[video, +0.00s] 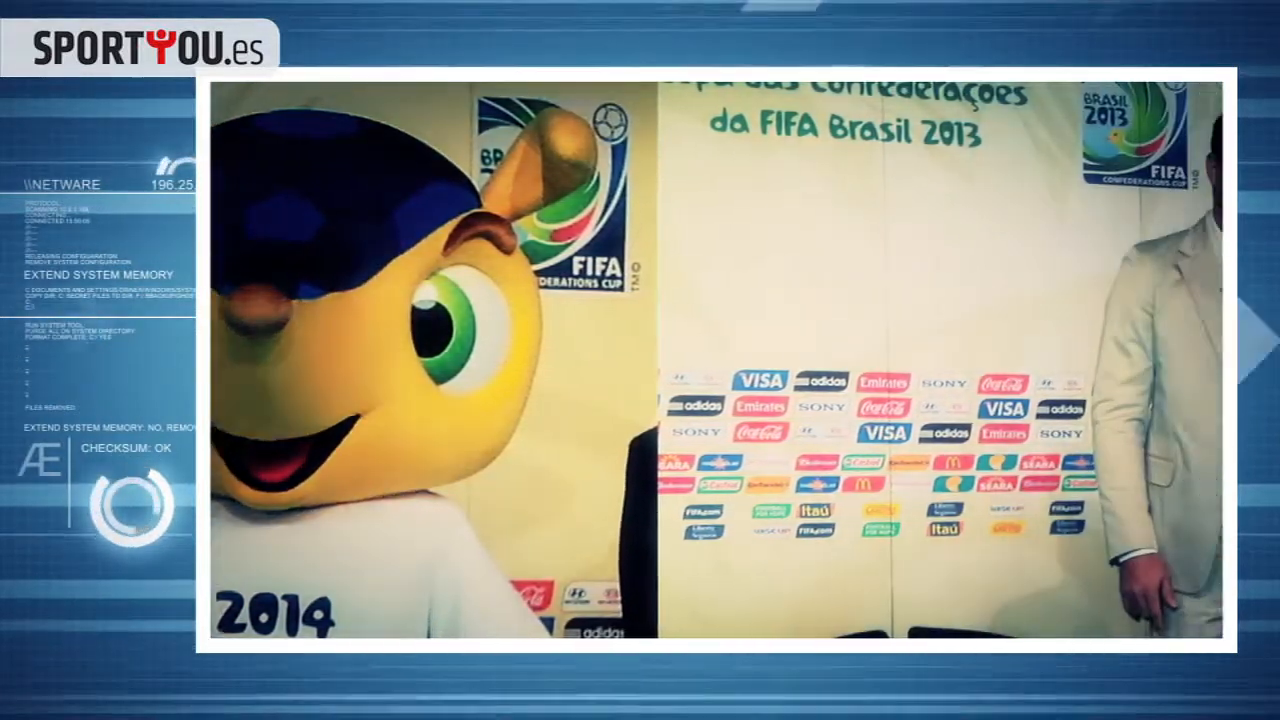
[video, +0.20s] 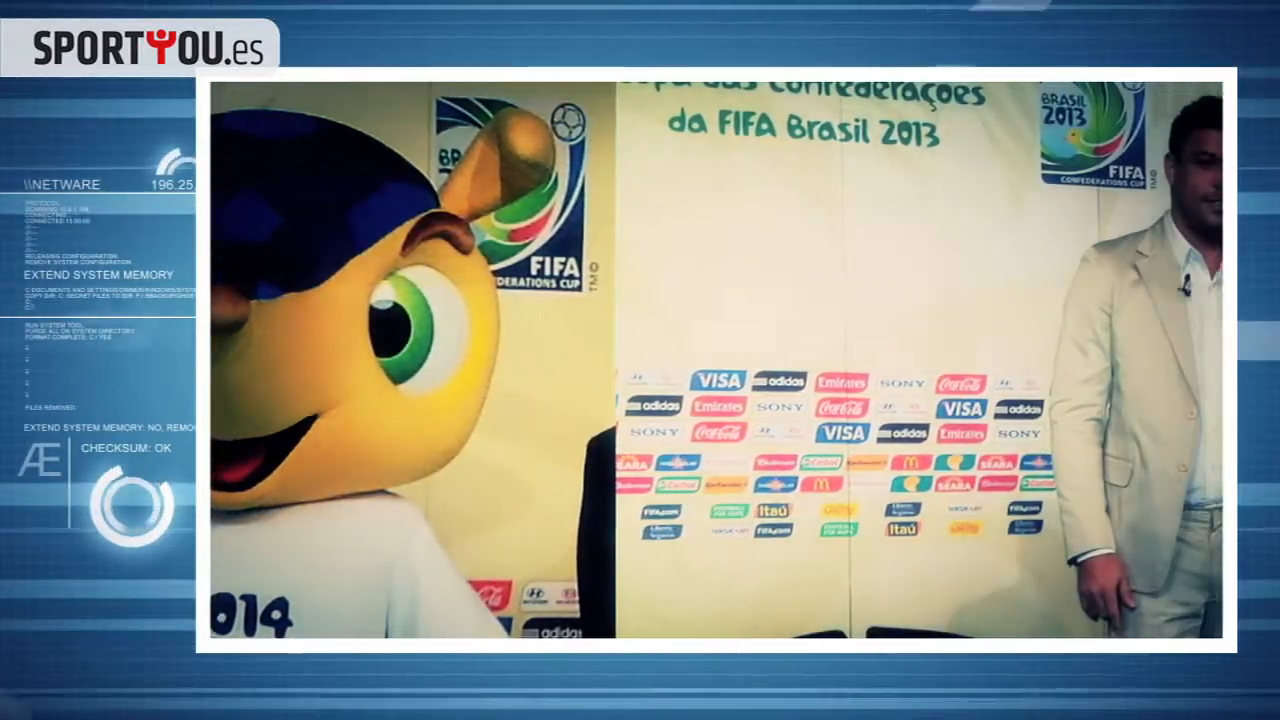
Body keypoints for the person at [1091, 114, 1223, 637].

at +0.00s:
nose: (1244, 174)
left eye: (1256, 160)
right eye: (1234, 159)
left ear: (1273, 168)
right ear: (1210, 168)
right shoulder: (1154, 270)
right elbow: (1117, 414)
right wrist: (1136, 549)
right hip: (1198, 578)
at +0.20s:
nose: (1223, 180)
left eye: (1237, 162)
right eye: (1206, 161)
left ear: (1254, 173)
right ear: (1171, 171)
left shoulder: (1264, 266)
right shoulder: (1112, 269)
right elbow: (1074, 414)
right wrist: (1092, 548)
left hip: (1260, 545)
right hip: (1159, 543)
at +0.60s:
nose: (1140, 180)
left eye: (1155, 165)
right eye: (1122, 162)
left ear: (1169, 178)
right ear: (1087, 170)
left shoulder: (1208, 283)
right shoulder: (1026, 270)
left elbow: (1221, 425)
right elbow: (991, 414)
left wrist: (1222, 542)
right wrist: (1007, 548)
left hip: (1174, 541)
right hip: (1070, 542)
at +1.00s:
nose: (1056, 180)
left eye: (1072, 166)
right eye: (1038, 162)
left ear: (1086, 178)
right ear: (1003, 169)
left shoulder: (1118, 282)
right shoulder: (941, 270)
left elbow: (1142, 422)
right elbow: (907, 414)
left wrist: (1145, 542)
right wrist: (924, 549)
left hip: (1091, 543)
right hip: (984, 546)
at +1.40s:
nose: (972, 180)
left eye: (988, 166)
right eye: (954, 162)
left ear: (1002, 178)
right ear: (919, 170)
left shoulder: (1035, 283)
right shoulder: (857, 270)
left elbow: (1058, 422)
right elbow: (823, 414)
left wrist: (1061, 543)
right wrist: (840, 549)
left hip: (1008, 544)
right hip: (900, 547)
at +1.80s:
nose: (888, 180)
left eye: (904, 166)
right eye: (870, 162)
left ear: (917, 178)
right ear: (835, 170)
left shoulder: (951, 283)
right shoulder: (773, 270)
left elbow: (974, 423)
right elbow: (739, 414)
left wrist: (977, 543)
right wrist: (756, 549)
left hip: (924, 544)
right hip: (815, 545)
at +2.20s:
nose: (804, 180)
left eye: (820, 166)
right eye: (786, 162)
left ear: (833, 178)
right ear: (751, 170)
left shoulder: (866, 282)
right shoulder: (688, 271)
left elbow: (890, 422)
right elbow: (655, 415)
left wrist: (893, 543)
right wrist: (672, 549)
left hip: (840, 543)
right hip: (731, 545)